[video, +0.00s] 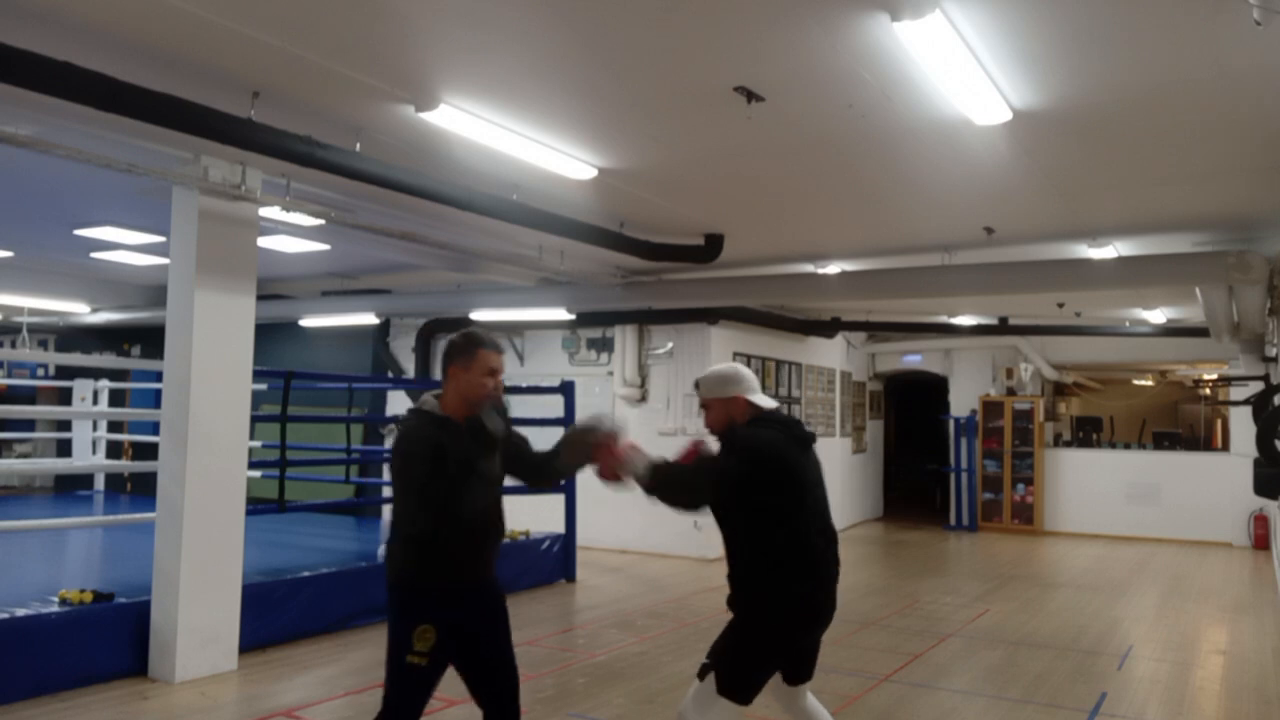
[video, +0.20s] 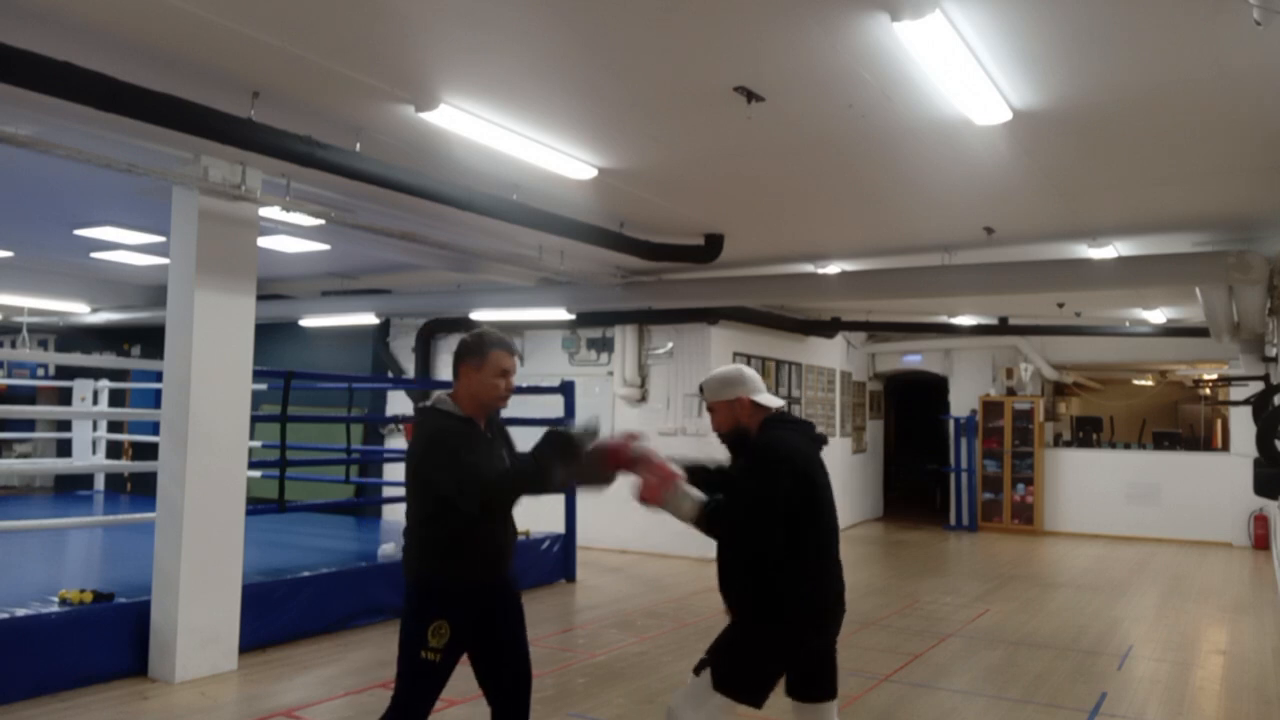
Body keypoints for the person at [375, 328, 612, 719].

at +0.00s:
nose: (499, 387)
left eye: (500, 376)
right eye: (490, 375)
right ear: (456, 374)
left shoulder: (489, 425)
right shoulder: (418, 431)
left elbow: (539, 471)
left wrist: (585, 444)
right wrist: (483, 432)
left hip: (475, 586)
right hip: (422, 590)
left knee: (503, 704)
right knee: (401, 708)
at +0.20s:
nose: (510, 387)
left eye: (513, 377)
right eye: (501, 375)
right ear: (467, 373)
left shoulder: (492, 431)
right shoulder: (436, 430)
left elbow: (517, 479)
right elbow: (483, 494)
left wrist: (586, 464)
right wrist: (547, 457)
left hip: (491, 587)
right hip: (439, 590)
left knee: (513, 698)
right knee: (411, 705)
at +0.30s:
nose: (510, 387)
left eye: (512, 377)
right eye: (500, 375)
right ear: (466, 373)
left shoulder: (501, 427)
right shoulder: (430, 434)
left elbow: (549, 461)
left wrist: (600, 448)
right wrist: (517, 460)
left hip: (495, 588)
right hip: (438, 592)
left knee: (516, 702)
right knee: (410, 707)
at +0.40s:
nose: (513, 385)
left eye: (516, 376)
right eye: (504, 374)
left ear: (516, 380)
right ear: (470, 372)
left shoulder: (511, 428)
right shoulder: (435, 429)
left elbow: (551, 473)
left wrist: (597, 456)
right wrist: (482, 428)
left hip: (496, 587)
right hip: (440, 589)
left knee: (520, 696)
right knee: (409, 705)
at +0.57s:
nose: (525, 383)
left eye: (526, 374)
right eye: (516, 373)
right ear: (481, 374)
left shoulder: (516, 431)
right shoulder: (452, 426)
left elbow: (536, 486)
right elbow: (501, 478)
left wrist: (556, 509)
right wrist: (554, 434)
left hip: (508, 582)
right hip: (453, 584)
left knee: (526, 694)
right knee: (417, 699)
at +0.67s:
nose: (532, 378)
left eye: (533, 369)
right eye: (521, 367)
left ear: (531, 374)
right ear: (487, 370)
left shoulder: (523, 428)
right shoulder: (458, 427)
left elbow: (559, 481)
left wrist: (556, 454)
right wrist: (536, 447)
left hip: (515, 582)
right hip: (461, 585)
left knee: (523, 701)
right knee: (428, 701)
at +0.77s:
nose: (531, 376)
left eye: (533, 367)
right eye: (520, 366)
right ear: (486, 367)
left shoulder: (535, 421)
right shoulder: (450, 430)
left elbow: (591, 440)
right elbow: (457, 509)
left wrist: (584, 423)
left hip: (515, 579)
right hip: (457, 581)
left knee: (521, 700)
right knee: (435, 698)